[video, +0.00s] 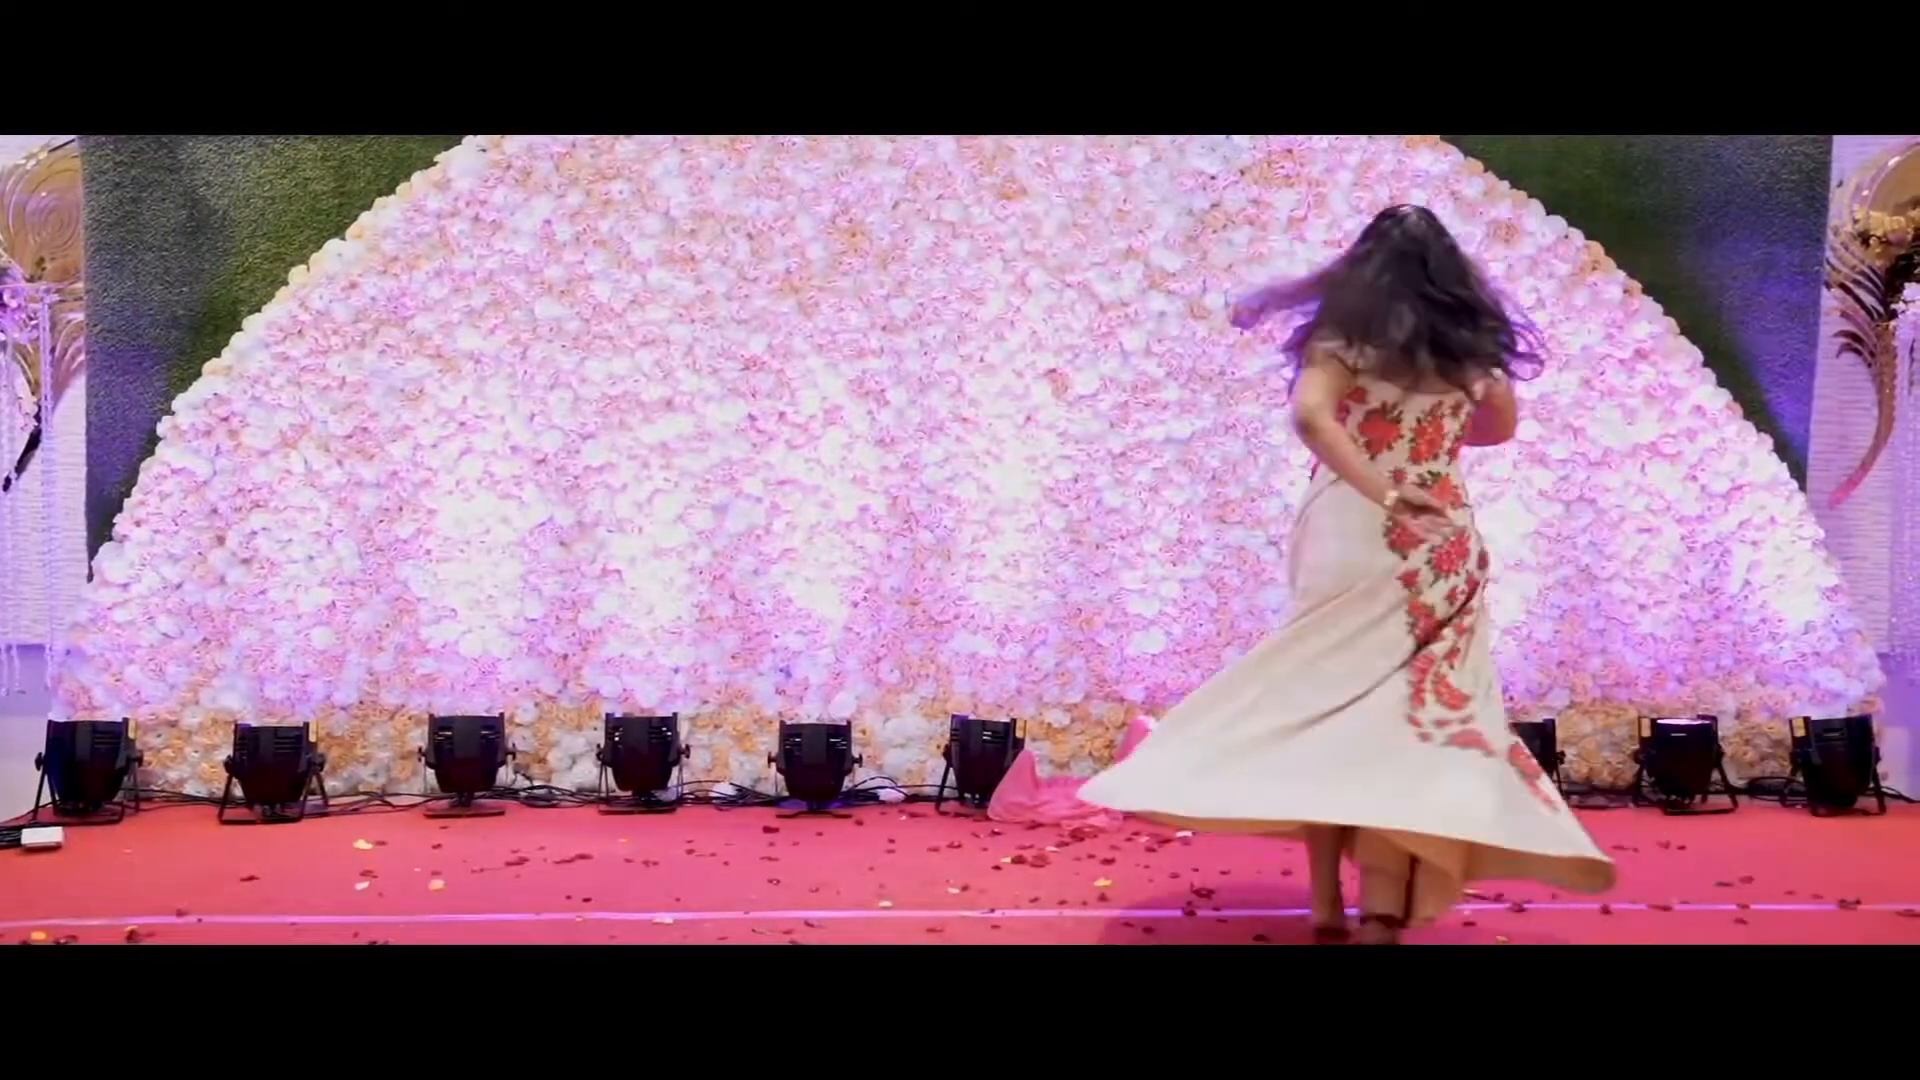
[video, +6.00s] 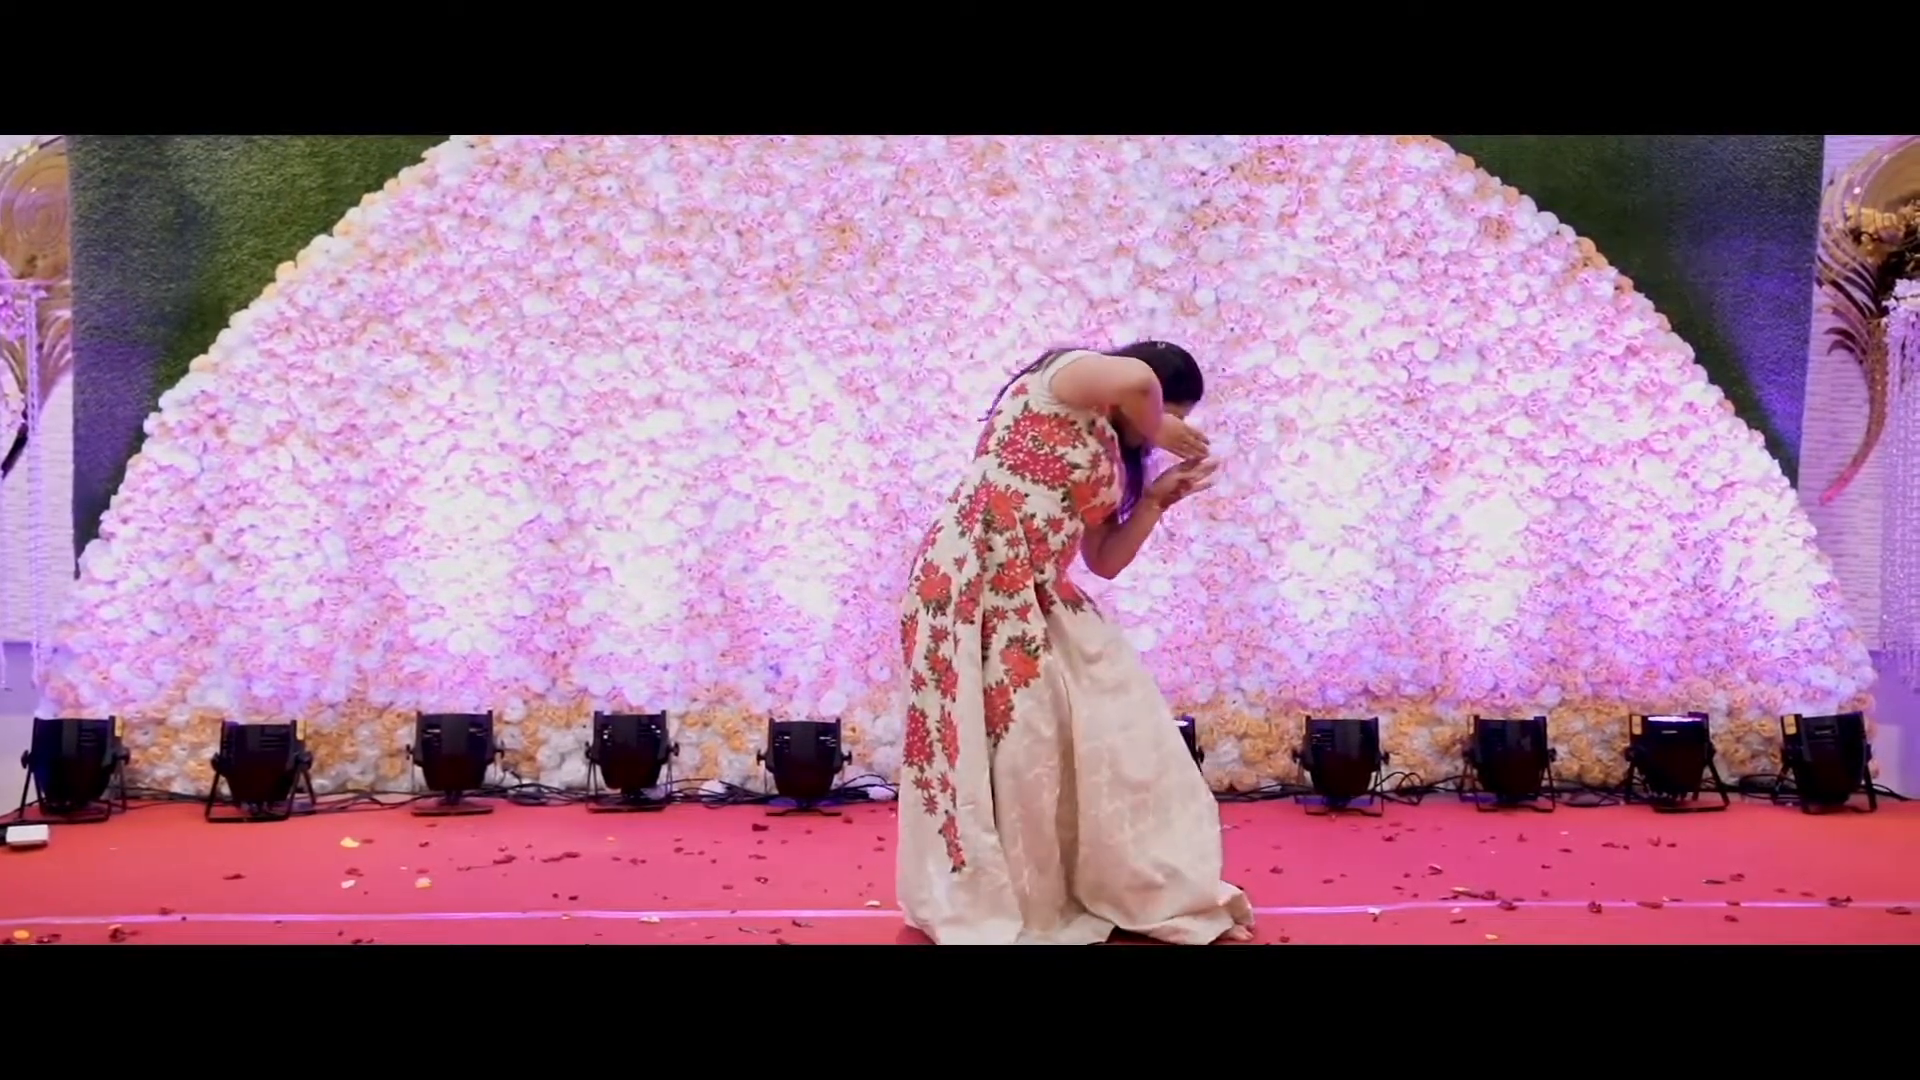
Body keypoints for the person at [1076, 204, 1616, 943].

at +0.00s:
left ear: (1359, 271)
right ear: (1448, 277)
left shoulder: (1335, 339)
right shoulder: (1462, 352)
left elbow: (1313, 417)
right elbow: (1500, 422)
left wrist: (1383, 493)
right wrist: (1438, 431)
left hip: (1351, 532)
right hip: (1443, 536)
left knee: (1326, 707)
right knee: (1408, 713)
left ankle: (1325, 898)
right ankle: (1388, 897)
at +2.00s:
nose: (1174, 308)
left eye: (1188, 294)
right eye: (1165, 295)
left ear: (1228, 294)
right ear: (1157, 298)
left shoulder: (1286, 356)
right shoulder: (1157, 360)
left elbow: (1354, 442)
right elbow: (1179, 405)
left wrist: (1293, 487)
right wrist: (1260, 345)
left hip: (1297, 545)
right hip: (1218, 550)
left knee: (1303, 716)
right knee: (1225, 716)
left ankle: (1304, 888)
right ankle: (1215, 890)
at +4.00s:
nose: (1196, 378)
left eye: (1200, 366)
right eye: (1192, 363)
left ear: (1169, 354)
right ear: (1161, 345)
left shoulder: (1152, 422)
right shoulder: (1109, 371)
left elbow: (1188, 510)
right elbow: (1210, 419)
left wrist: (1288, 518)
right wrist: (1267, 473)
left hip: (1120, 583)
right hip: (1072, 575)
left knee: (1187, 722)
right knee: (1083, 734)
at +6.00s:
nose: (1168, 423)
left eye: (1173, 417)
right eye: (1171, 411)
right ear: (1142, 377)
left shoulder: (1106, 468)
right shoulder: (1061, 379)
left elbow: (1105, 559)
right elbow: (1138, 378)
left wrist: (1155, 500)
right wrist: (1159, 431)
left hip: (1035, 598)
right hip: (967, 587)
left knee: (1125, 722)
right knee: (1025, 735)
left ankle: (1158, 889)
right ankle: (1016, 898)